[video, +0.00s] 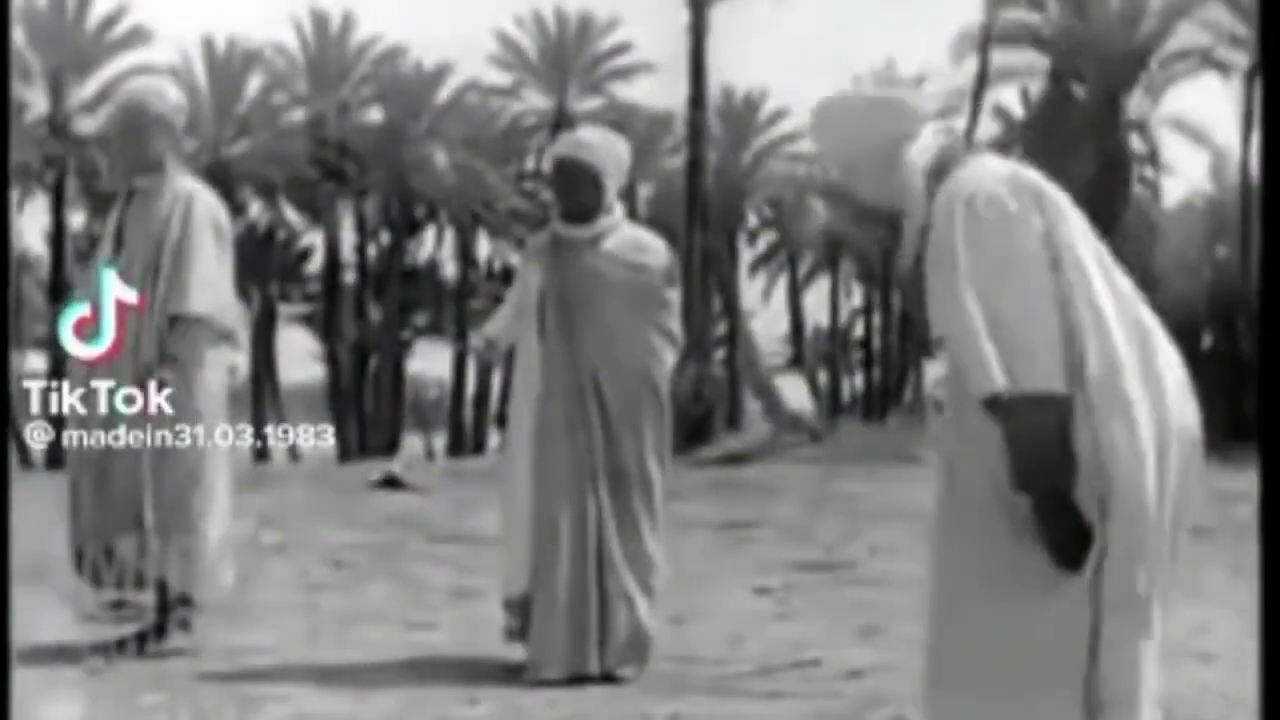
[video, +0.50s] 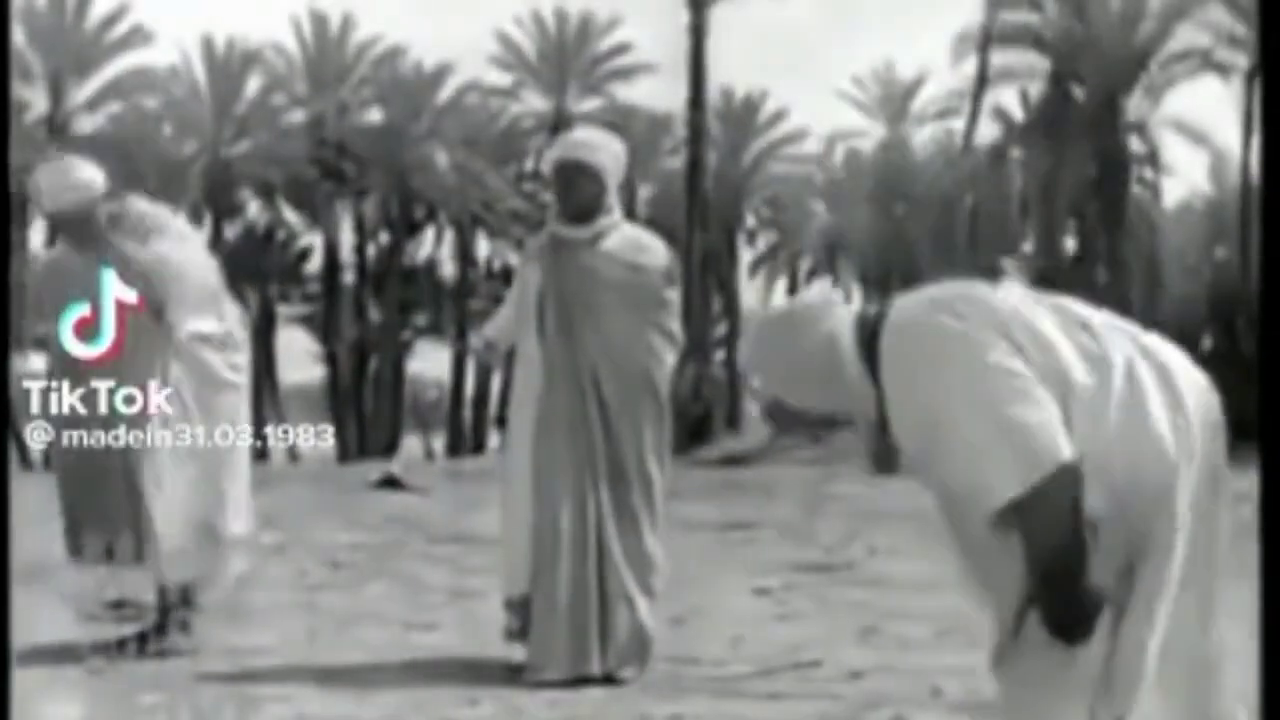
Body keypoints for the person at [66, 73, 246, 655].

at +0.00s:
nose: (109, 151)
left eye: (117, 138)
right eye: (110, 139)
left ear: (153, 136)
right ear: (133, 137)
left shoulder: (193, 205)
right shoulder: (128, 205)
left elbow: (197, 303)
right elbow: (111, 284)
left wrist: (173, 368)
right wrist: (103, 353)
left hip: (186, 364)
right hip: (134, 361)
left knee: (181, 480)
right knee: (140, 478)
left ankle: (178, 603)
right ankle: (150, 596)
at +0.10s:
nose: (107, 153)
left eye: (113, 140)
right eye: (106, 141)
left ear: (146, 137)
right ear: (128, 139)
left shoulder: (193, 204)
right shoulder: (121, 208)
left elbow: (195, 304)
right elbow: (102, 281)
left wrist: (151, 353)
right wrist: (94, 325)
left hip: (189, 362)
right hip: (134, 361)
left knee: (184, 474)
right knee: (138, 472)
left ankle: (179, 600)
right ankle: (153, 592)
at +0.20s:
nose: (95, 163)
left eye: (102, 150)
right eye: (93, 151)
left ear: (133, 147)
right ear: (111, 153)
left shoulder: (186, 205)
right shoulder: (116, 213)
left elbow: (200, 291)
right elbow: (77, 272)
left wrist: (136, 289)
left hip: (192, 358)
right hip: (136, 360)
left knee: (183, 468)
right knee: (143, 468)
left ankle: (182, 595)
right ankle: (159, 593)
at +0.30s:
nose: (85, 186)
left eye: (90, 172)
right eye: (79, 174)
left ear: (118, 166)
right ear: (84, 175)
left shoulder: (182, 208)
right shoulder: (102, 222)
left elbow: (193, 281)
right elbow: (52, 276)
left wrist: (133, 227)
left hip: (193, 368)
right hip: (135, 368)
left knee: (185, 478)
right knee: (149, 476)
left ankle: (183, 602)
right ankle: (164, 599)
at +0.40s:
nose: (67, 215)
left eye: (73, 202)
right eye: (61, 204)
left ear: (100, 193)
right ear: (61, 201)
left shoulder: (160, 237)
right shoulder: (64, 252)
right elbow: (40, 332)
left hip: (191, 373)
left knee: (168, 482)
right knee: (151, 480)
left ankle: (178, 605)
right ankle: (166, 603)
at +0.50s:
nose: (65, 239)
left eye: (68, 226)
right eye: (59, 228)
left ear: (90, 214)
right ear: (67, 219)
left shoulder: (165, 254)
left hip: (202, 376)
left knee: (174, 487)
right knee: (162, 484)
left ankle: (177, 614)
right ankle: (167, 609)